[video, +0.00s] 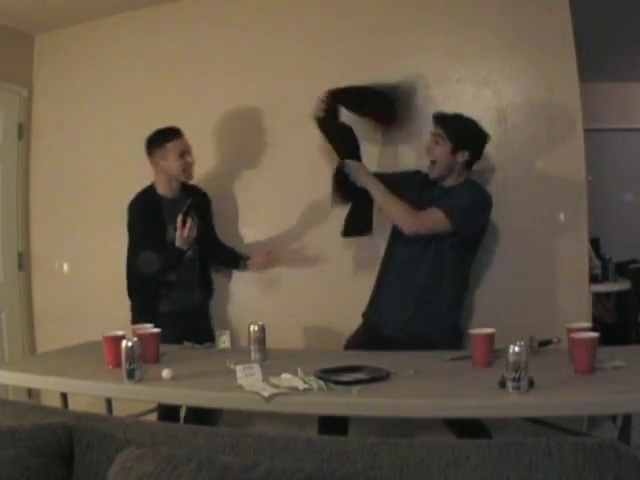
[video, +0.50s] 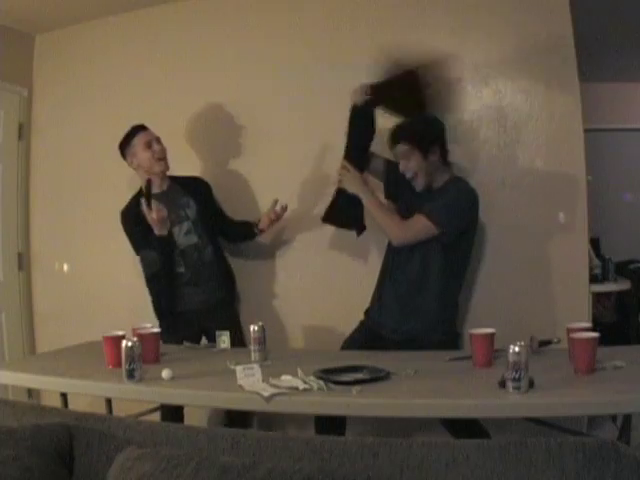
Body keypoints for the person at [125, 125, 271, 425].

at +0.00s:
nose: (189, 159)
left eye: (188, 153)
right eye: (180, 155)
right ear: (157, 164)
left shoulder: (198, 199)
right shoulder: (142, 206)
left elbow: (210, 248)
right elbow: (144, 267)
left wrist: (245, 261)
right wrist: (179, 247)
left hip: (196, 311)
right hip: (158, 316)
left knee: (206, 391)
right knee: (169, 394)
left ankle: (198, 456)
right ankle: (167, 459)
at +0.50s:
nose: (160, 148)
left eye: (159, 142)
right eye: (149, 145)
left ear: (165, 149)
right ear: (133, 162)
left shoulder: (196, 188)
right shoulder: (134, 213)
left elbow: (224, 229)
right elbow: (154, 268)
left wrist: (257, 227)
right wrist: (161, 233)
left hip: (219, 301)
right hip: (176, 311)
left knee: (237, 379)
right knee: (173, 387)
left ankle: (238, 451)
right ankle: (170, 456)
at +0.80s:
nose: (192, 187)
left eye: (196, 178)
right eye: (182, 182)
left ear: (204, 166)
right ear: (168, 177)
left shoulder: (235, 197)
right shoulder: (167, 208)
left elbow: (258, 245)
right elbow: (159, 266)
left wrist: (274, 275)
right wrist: (142, 240)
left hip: (239, 313)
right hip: (193, 316)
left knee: (255, 390)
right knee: (178, 391)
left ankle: (271, 460)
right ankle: (174, 457)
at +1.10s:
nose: (215, 222)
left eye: (222, 213)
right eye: (207, 216)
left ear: (231, 193)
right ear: (195, 203)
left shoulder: (256, 215)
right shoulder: (191, 210)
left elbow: (279, 273)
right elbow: (199, 240)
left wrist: (275, 319)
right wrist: (189, 269)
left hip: (252, 312)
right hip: (212, 310)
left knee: (261, 383)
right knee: (194, 374)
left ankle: (272, 453)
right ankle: (209, 446)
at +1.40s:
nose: (207, 205)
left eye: (213, 196)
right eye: (197, 199)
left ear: (224, 177)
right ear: (187, 189)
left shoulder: (252, 205)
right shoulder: (185, 206)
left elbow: (275, 261)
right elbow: (189, 249)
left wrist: (269, 305)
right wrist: (185, 282)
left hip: (249, 311)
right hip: (208, 310)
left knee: (260, 384)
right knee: (190, 377)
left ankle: (271, 454)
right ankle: (207, 447)